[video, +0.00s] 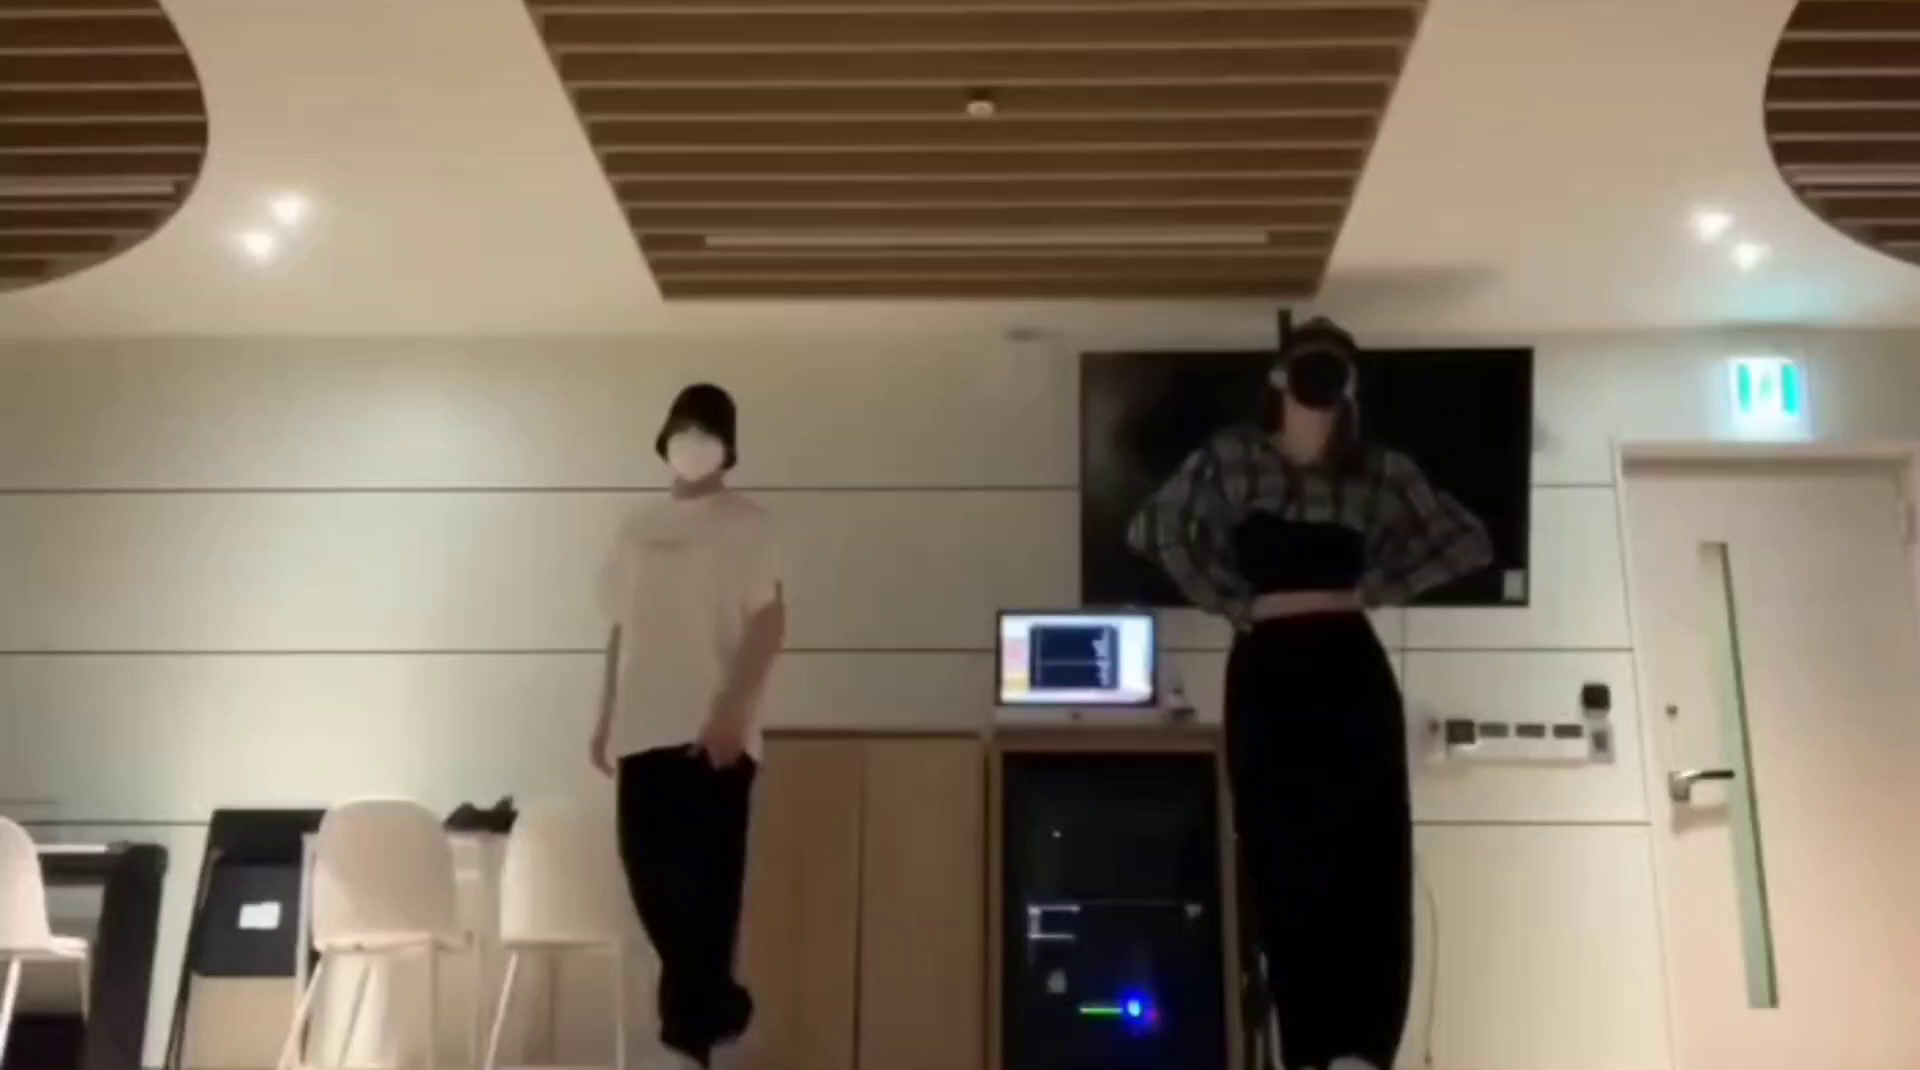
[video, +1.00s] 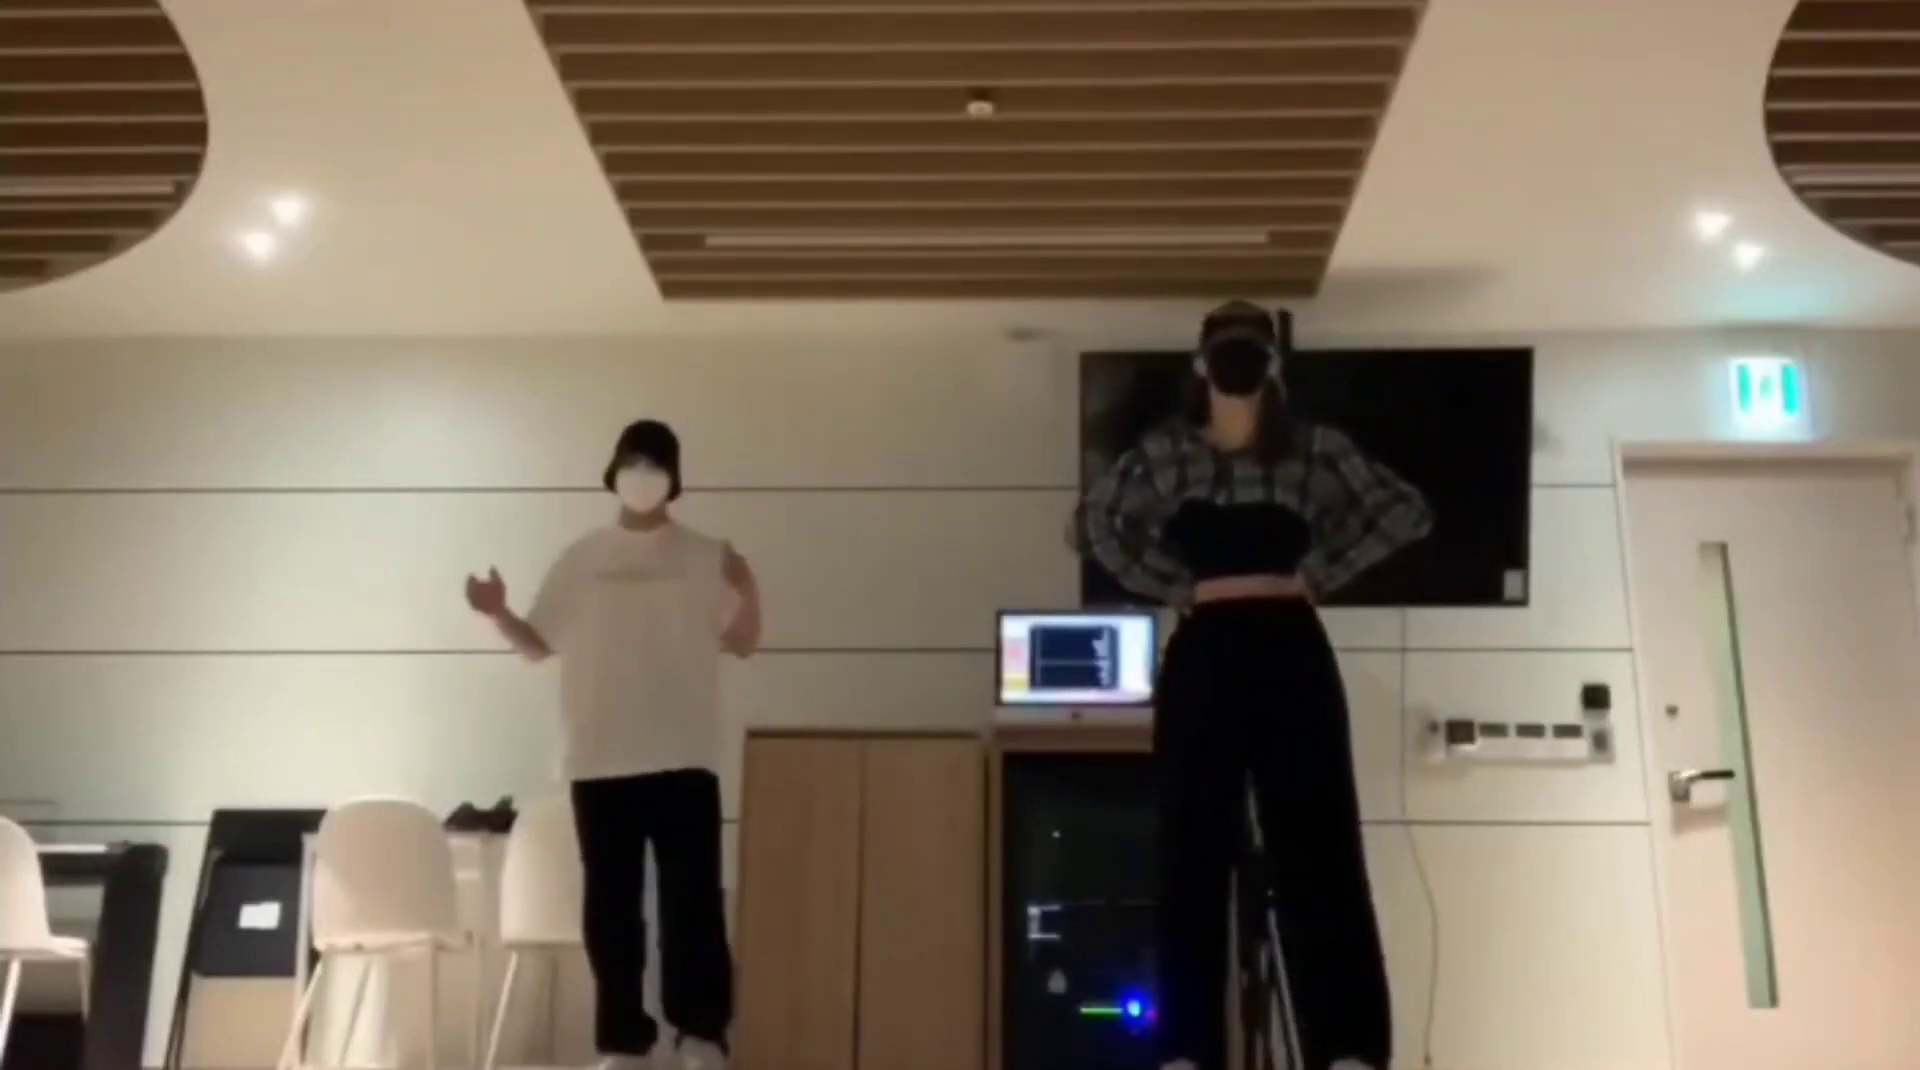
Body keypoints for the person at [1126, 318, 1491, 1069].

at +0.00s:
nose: (1320, 379)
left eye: (1333, 367)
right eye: (1307, 365)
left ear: (1352, 381)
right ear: (1279, 376)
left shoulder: (1381, 469)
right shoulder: (1232, 458)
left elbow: (1470, 543)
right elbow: (1155, 528)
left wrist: (1382, 585)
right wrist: (1228, 598)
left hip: (1352, 669)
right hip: (1269, 672)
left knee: (1369, 853)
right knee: (1285, 859)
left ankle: (1365, 1047)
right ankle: (1309, 1047)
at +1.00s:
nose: (1239, 358)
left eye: (1253, 345)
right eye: (1225, 344)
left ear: (1276, 362)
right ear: (1200, 361)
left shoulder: (1316, 449)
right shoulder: (1167, 451)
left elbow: (1406, 512)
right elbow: (1097, 523)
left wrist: (1322, 572)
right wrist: (1170, 587)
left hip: (1290, 654)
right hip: (1203, 657)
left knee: (1315, 847)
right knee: (1195, 851)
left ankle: (1346, 1046)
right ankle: (1189, 1045)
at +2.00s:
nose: (1206, 387)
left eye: (1219, 376)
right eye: (1192, 376)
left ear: (1241, 392)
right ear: (1167, 393)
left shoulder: (1280, 474)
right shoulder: (1138, 477)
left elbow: (1365, 537)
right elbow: (1065, 544)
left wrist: (1288, 595)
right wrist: (1144, 596)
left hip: (1256, 674)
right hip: (1177, 675)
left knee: (1259, 847)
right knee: (1175, 847)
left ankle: (1253, 1032)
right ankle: (1187, 1034)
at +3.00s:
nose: (1234, 415)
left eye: (1246, 405)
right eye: (1219, 405)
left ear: (1265, 423)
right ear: (1194, 421)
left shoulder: (1296, 509)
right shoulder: (1158, 499)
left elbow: (1319, 615)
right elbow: (1111, 582)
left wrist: (1344, 704)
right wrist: (1163, 584)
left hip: (1282, 696)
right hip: (1198, 693)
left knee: (1278, 874)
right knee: (1187, 869)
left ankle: (1267, 1041)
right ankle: (1191, 1040)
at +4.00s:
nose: (1218, 426)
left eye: (1230, 414)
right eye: (1202, 416)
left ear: (1250, 432)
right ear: (1179, 433)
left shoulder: (1286, 521)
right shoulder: (1146, 517)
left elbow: (1312, 626)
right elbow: (1112, 600)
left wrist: (1322, 722)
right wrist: (1176, 583)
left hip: (1260, 702)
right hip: (1184, 703)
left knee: (1268, 867)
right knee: (1192, 869)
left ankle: (1263, 1040)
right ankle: (1203, 1039)